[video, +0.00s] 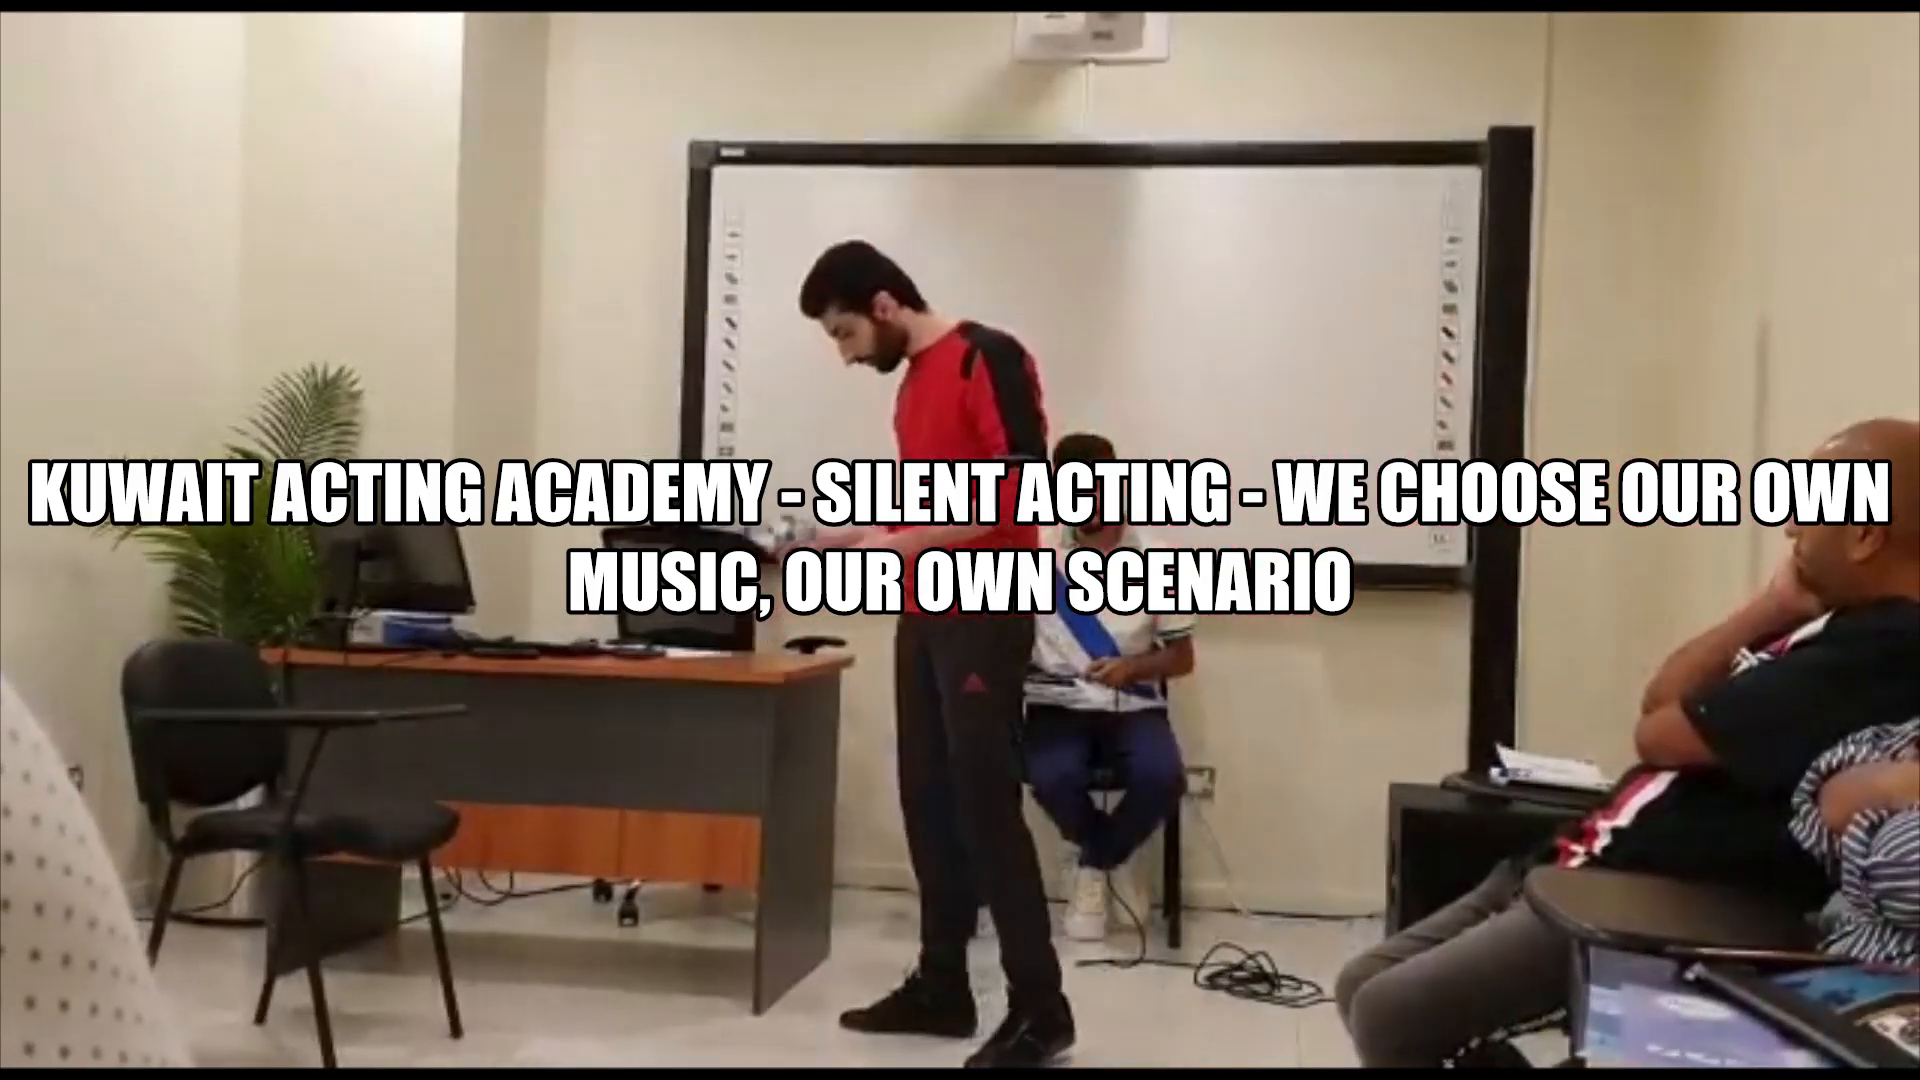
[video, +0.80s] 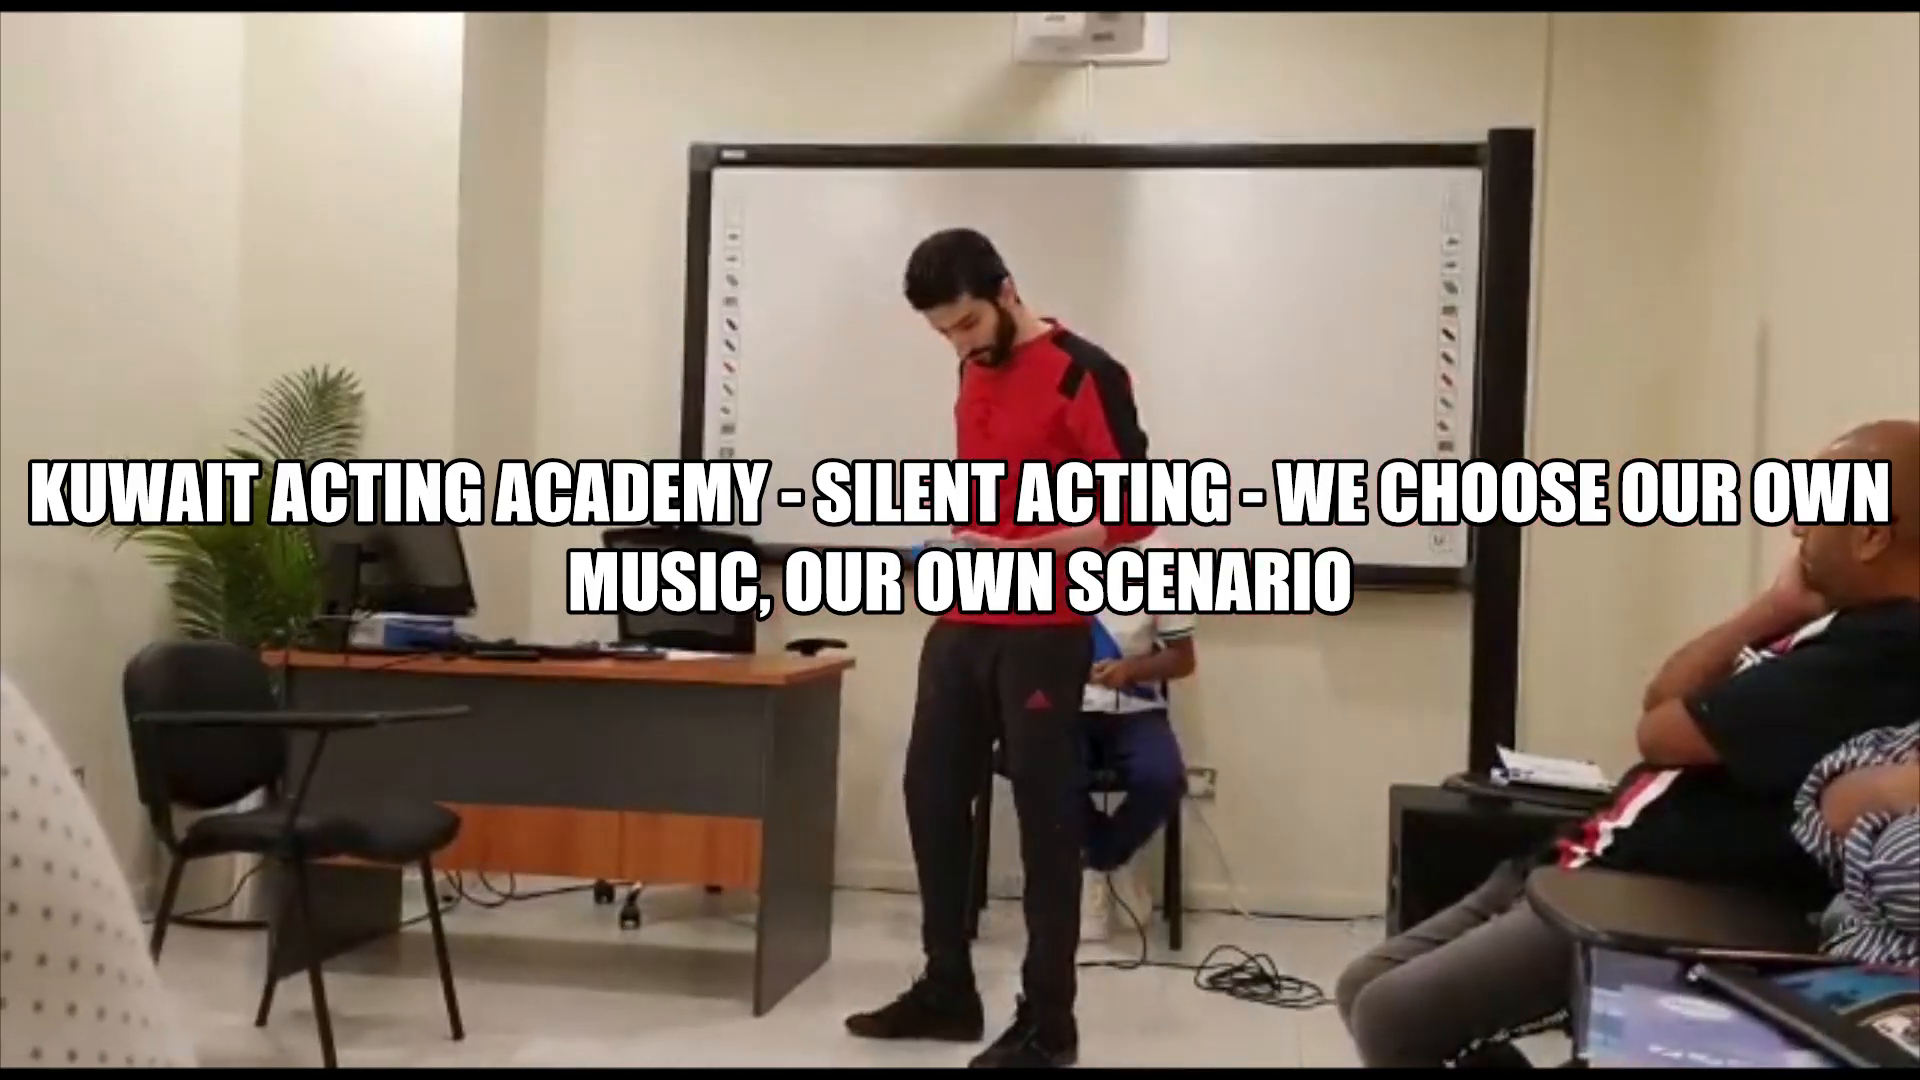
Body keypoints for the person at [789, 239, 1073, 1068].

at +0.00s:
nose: (843, 352)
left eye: (843, 330)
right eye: (833, 336)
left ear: (885, 303)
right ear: (881, 313)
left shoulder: (990, 357)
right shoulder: (914, 389)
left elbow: (1032, 496)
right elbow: (922, 515)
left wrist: (924, 545)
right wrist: (838, 541)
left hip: (984, 618)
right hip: (923, 619)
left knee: (987, 805)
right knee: (927, 798)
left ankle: (1039, 1008)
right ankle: (941, 988)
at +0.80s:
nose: (961, 342)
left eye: (970, 321)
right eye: (946, 330)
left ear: (1006, 292)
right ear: (934, 320)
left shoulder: (1086, 376)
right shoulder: (974, 377)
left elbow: (1135, 515)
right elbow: (983, 501)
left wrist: (1064, 557)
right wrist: (957, 596)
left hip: (1046, 638)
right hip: (962, 632)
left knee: (1048, 826)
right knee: (932, 795)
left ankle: (1046, 1023)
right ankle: (946, 991)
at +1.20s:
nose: (957, 343)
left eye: (965, 324)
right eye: (943, 331)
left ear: (1002, 292)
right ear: (936, 318)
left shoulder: (1084, 375)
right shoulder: (975, 377)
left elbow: (1140, 511)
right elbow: (975, 514)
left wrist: (1027, 568)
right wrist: (904, 583)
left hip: (1044, 635)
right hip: (963, 628)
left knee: (1045, 826)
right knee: (945, 807)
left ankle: (1047, 1023)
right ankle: (948, 993)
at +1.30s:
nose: (956, 342)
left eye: (963, 322)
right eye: (943, 329)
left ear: (1003, 291)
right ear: (937, 318)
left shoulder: (1086, 375)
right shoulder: (976, 377)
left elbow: (1141, 510)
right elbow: (979, 506)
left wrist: (1023, 554)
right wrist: (907, 567)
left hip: (1044, 636)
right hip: (964, 631)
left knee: (1046, 828)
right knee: (945, 806)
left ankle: (1047, 1024)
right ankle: (948, 992)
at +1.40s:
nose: (955, 340)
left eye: (963, 320)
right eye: (942, 327)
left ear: (1005, 290)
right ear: (937, 317)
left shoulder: (1089, 375)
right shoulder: (978, 377)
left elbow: (1137, 513)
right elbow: (992, 501)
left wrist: (1012, 533)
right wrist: (924, 547)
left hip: (1048, 633)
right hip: (968, 625)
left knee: (1046, 827)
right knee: (946, 801)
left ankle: (1047, 1024)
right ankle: (948, 993)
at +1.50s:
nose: (957, 340)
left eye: (964, 320)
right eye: (943, 327)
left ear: (1007, 289)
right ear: (937, 318)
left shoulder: (1093, 375)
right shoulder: (980, 375)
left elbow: (1133, 515)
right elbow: (988, 479)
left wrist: (1002, 520)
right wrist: (942, 514)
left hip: (1049, 634)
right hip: (969, 625)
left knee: (1047, 828)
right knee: (946, 802)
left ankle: (1046, 1025)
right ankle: (948, 993)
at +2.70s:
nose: (1003, 311)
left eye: (1016, 291)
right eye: (1000, 293)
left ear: (1074, 286)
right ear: (1058, 293)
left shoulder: (1155, 377)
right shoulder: (1064, 384)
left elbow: (1194, 522)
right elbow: (1058, 498)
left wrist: (1060, 562)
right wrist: (990, 536)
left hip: (1110, 648)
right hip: (1036, 638)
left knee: (1108, 837)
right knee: (993, 809)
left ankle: (1178, 1039)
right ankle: (965, 997)